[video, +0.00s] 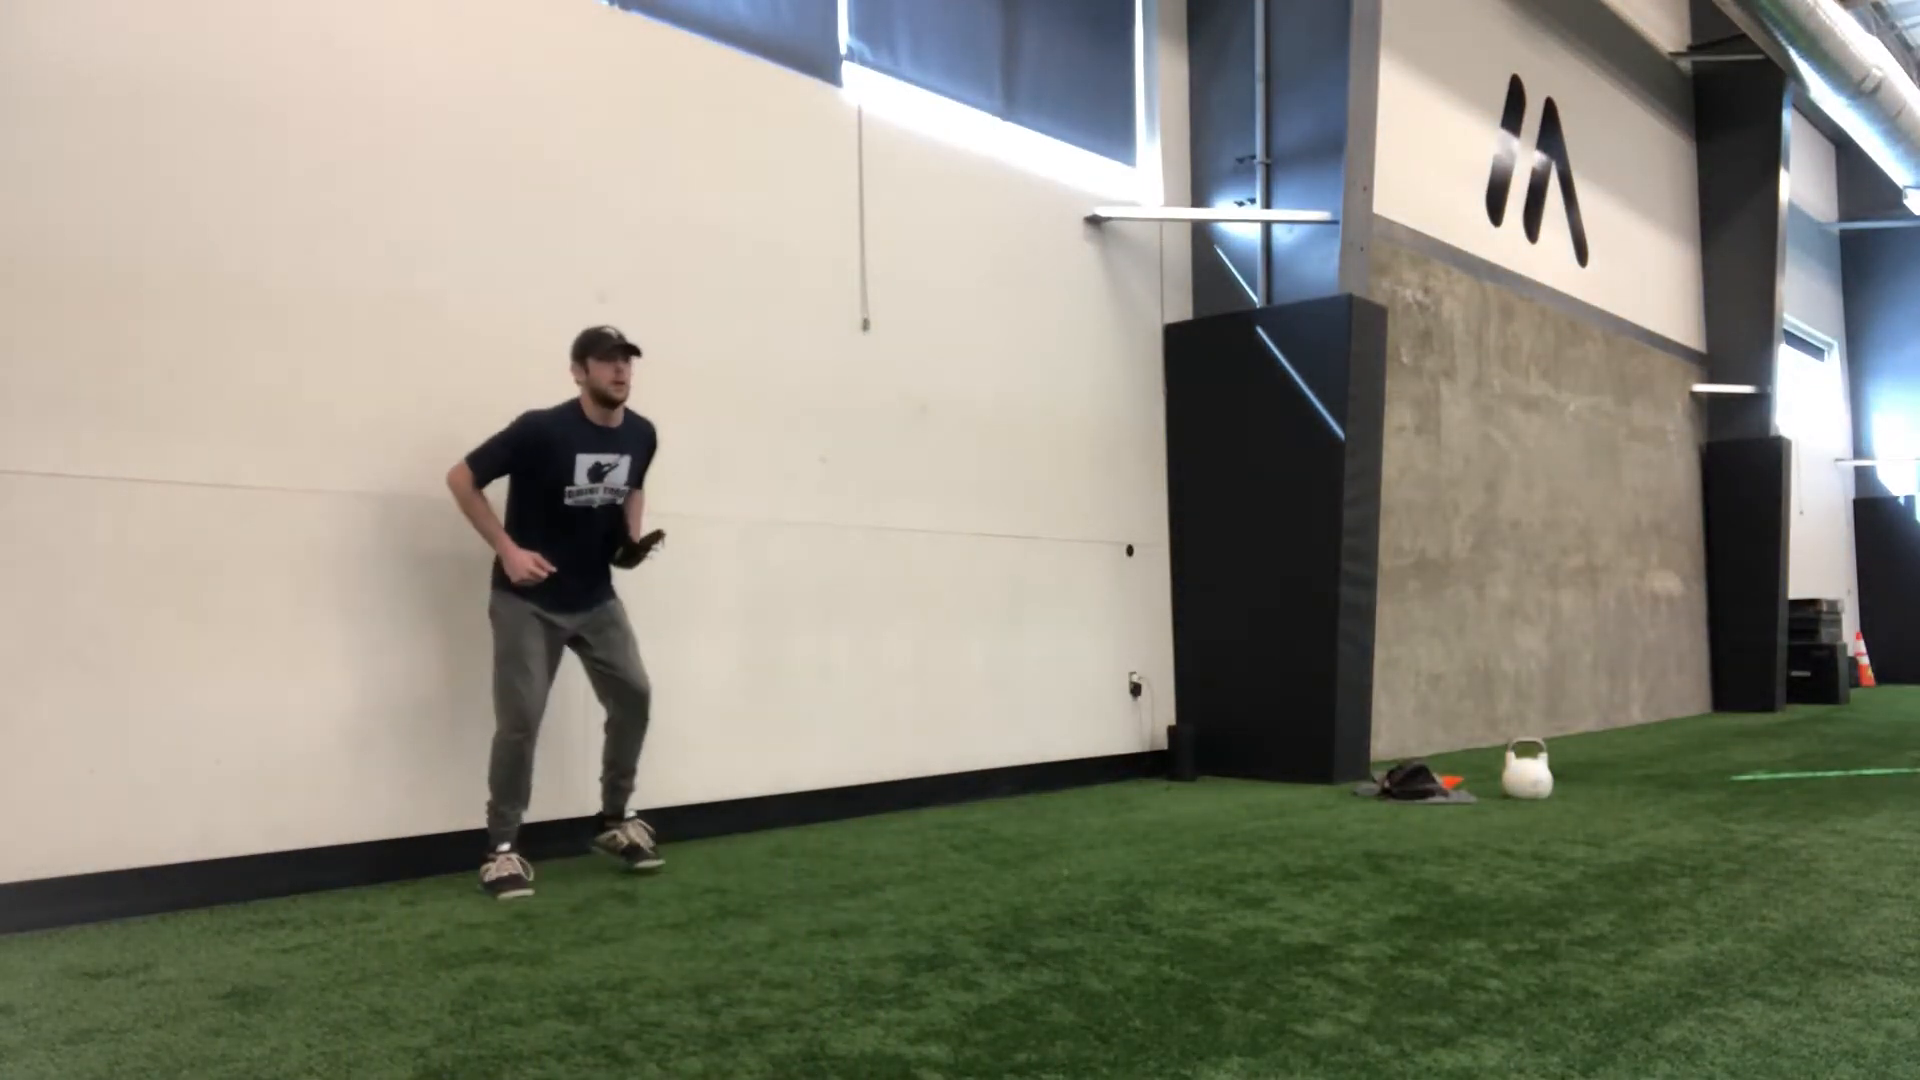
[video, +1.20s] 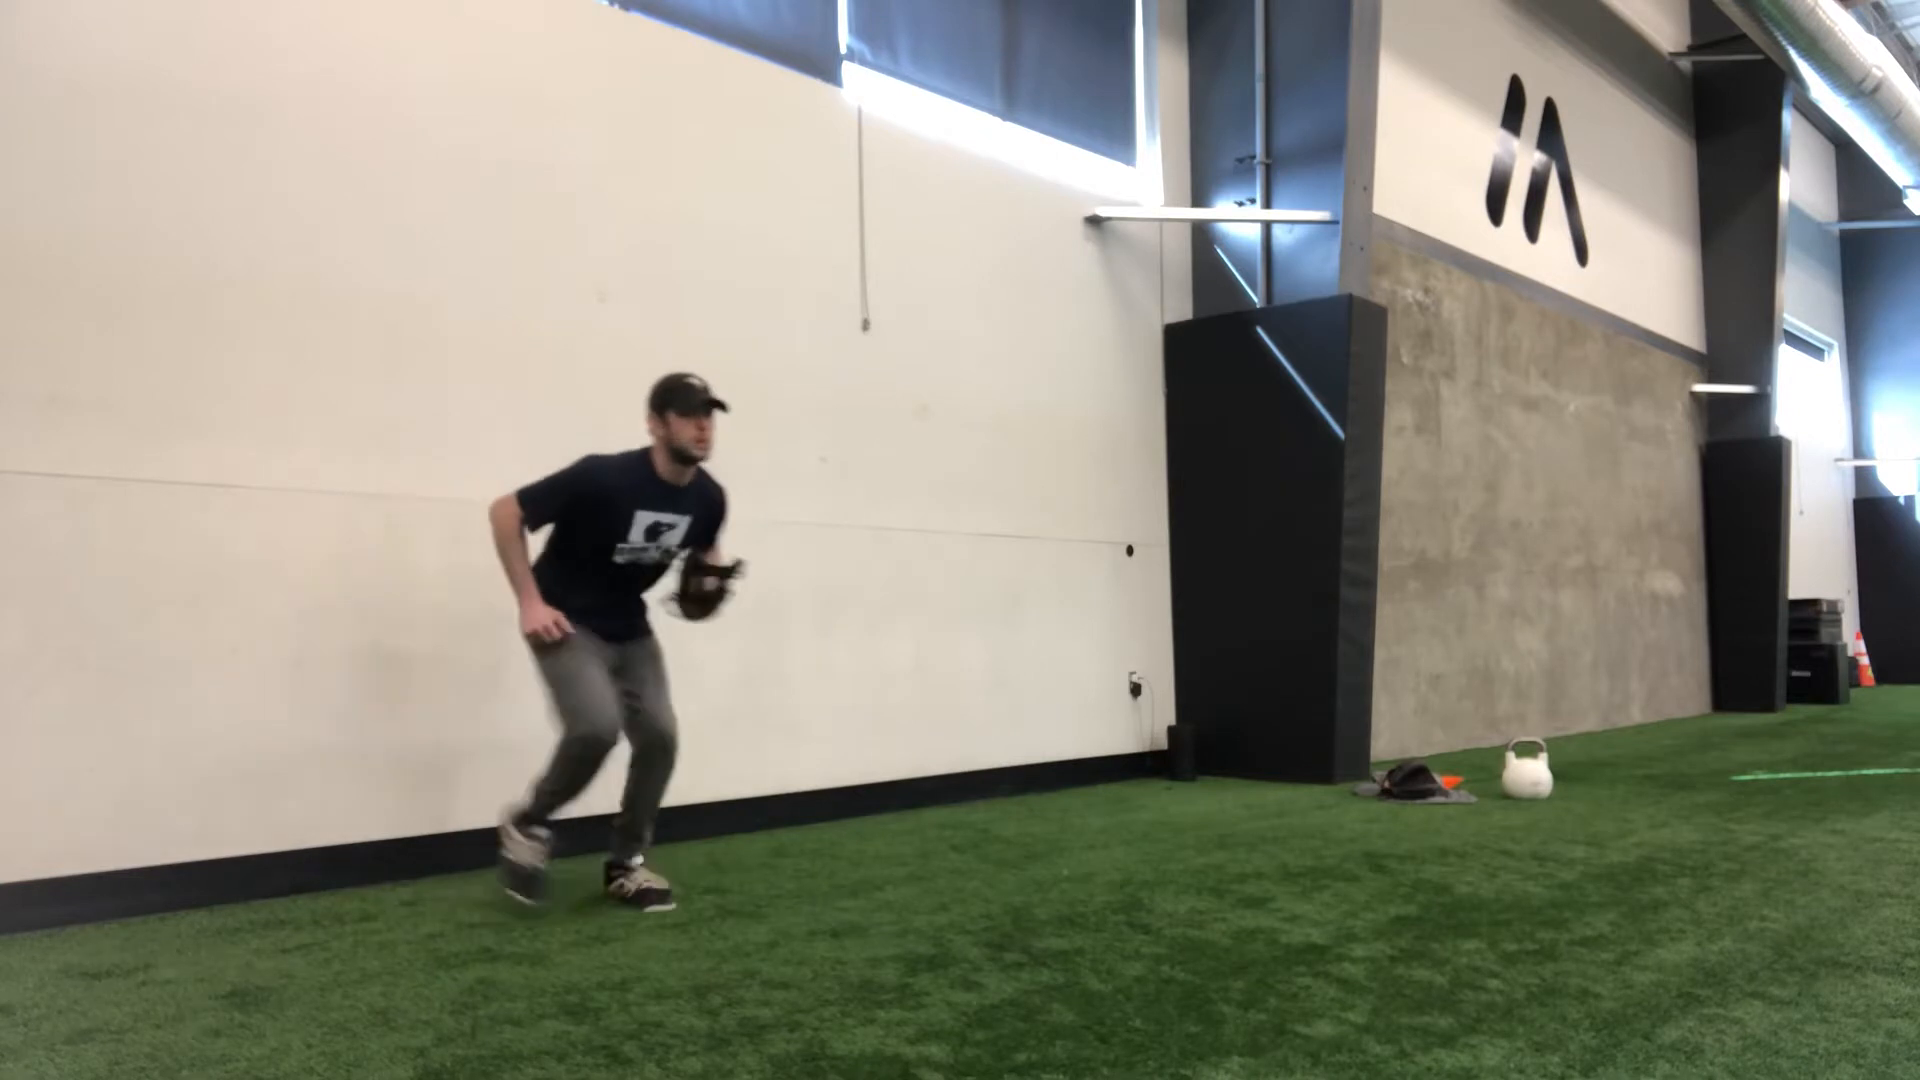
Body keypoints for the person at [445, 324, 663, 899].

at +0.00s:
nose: (621, 372)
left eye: (626, 362)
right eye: (608, 363)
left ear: (633, 371)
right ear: (580, 371)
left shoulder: (640, 436)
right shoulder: (540, 430)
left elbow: (633, 491)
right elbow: (462, 479)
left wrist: (634, 539)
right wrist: (506, 550)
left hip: (595, 598)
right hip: (529, 599)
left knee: (633, 696)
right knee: (520, 719)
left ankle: (614, 823)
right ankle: (502, 850)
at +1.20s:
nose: (704, 428)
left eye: (709, 417)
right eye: (690, 416)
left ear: (714, 424)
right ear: (657, 422)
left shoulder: (707, 500)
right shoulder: (602, 477)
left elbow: (697, 573)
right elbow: (506, 512)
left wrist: (708, 585)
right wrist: (529, 601)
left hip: (626, 622)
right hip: (564, 618)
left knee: (659, 736)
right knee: (597, 728)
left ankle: (625, 866)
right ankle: (527, 826)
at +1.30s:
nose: (723, 424)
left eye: (728, 412)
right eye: (709, 411)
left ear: (733, 418)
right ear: (674, 417)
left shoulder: (724, 498)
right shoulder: (619, 472)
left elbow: (720, 582)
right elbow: (516, 508)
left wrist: (731, 602)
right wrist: (541, 600)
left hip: (635, 612)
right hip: (574, 601)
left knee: (669, 739)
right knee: (617, 700)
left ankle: (623, 861)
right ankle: (581, 870)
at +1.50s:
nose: (752, 453)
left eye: (756, 440)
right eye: (739, 441)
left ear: (757, 441)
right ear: (701, 441)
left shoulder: (752, 512)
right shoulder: (647, 502)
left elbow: (762, 601)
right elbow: (541, 578)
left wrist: (771, 647)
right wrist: (611, 649)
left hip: (660, 631)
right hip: (596, 631)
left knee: (740, 700)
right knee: (653, 732)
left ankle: (603, 775)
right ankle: (622, 915)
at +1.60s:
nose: (768, 483)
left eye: (773, 470)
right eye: (756, 470)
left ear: (776, 468)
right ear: (716, 468)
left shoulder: (773, 530)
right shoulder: (662, 526)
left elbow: (782, 630)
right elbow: (594, 634)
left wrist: (792, 678)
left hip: (676, 634)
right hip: (607, 636)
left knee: (770, 680)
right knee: (668, 732)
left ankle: (628, 775)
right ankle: (622, 914)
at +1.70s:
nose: (788, 513)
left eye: (794, 500)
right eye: (776, 500)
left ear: (800, 496)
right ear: (737, 496)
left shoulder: (790, 553)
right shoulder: (681, 549)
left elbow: (798, 655)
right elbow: (661, 676)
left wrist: (810, 728)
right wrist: (778, 698)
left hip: (692, 628)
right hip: (617, 634)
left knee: (792, 674)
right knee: (671, 733)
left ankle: (781, 812)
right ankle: (621, 913)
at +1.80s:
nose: (817, 556)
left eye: (823, 542)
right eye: (805, 542)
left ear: (829, 535)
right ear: (767, 531)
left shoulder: (816, 590)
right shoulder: (708, 573)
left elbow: (812, 704)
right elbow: (720, 704)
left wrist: (835, 786)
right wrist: (832, 719)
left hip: (719, 639)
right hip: (638, 633)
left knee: (818, 720)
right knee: (669, 730)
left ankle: (904, 837)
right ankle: (622, 913)